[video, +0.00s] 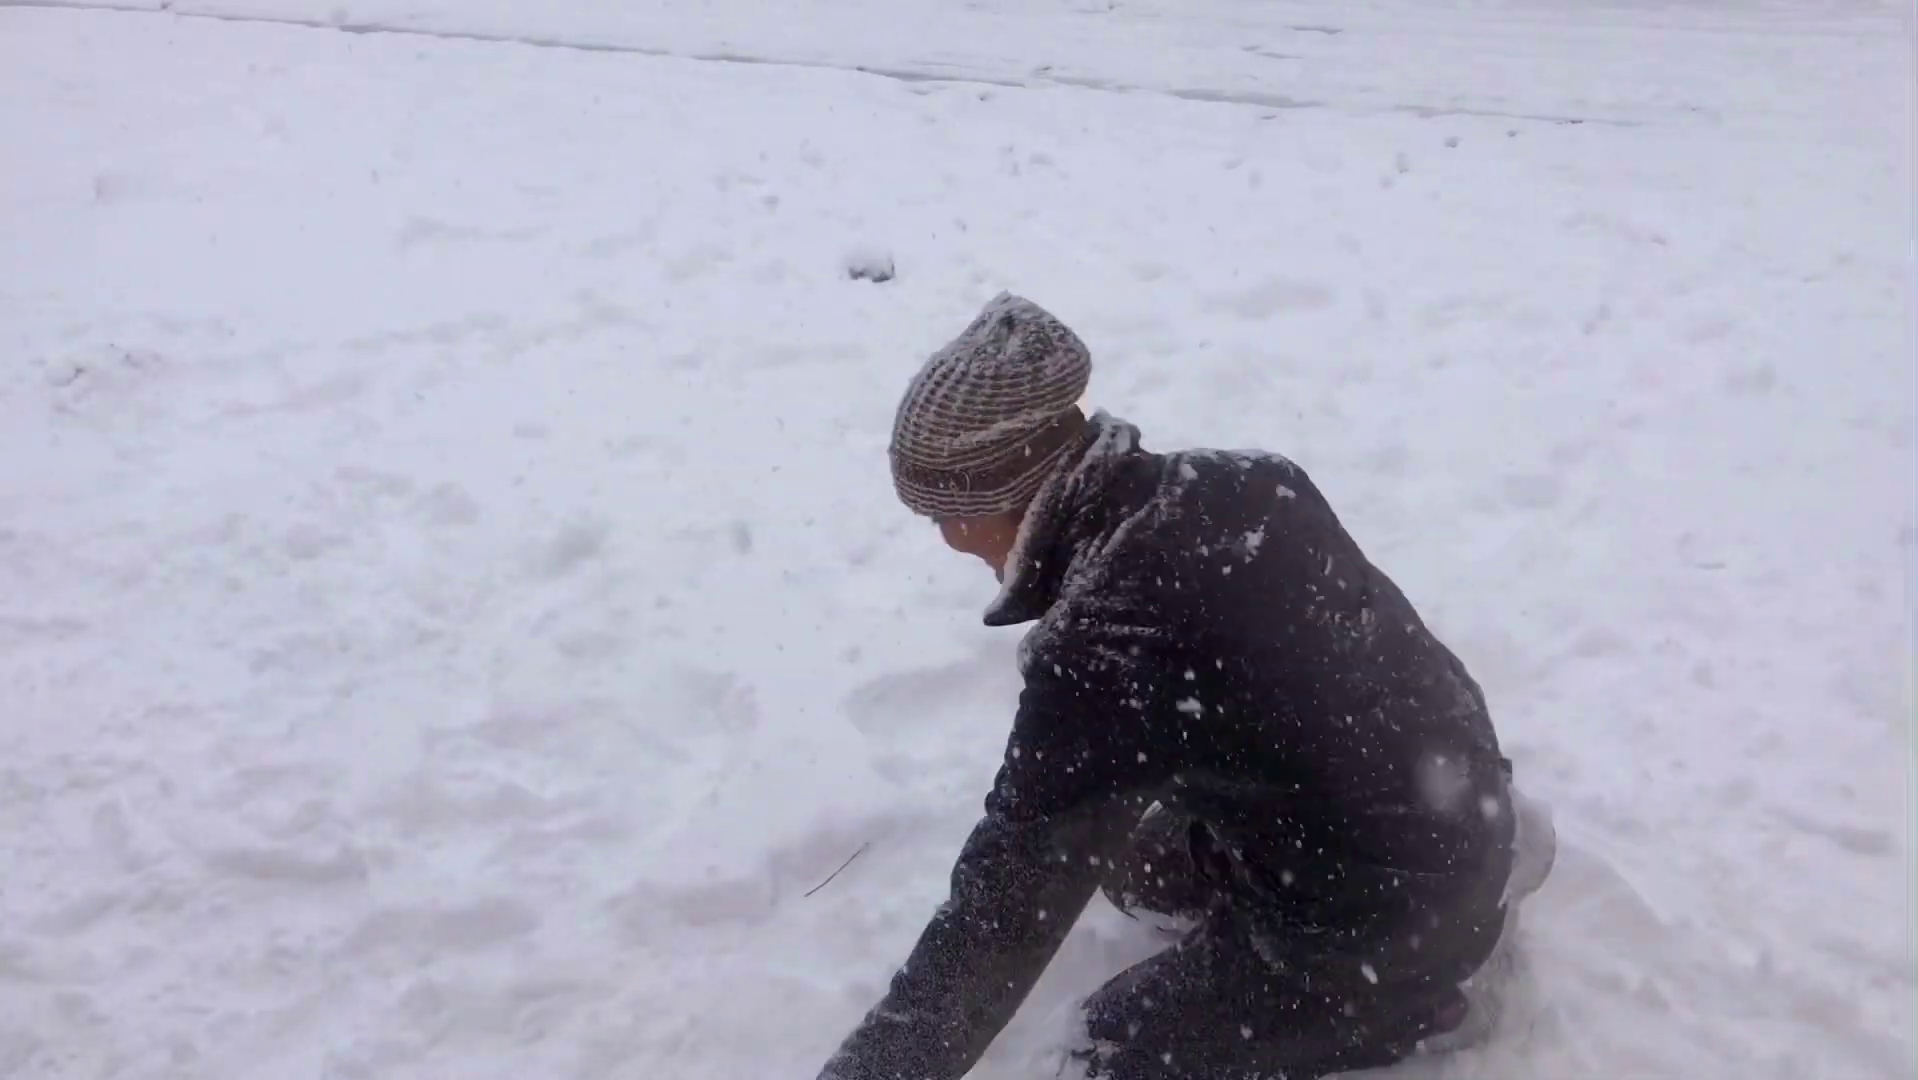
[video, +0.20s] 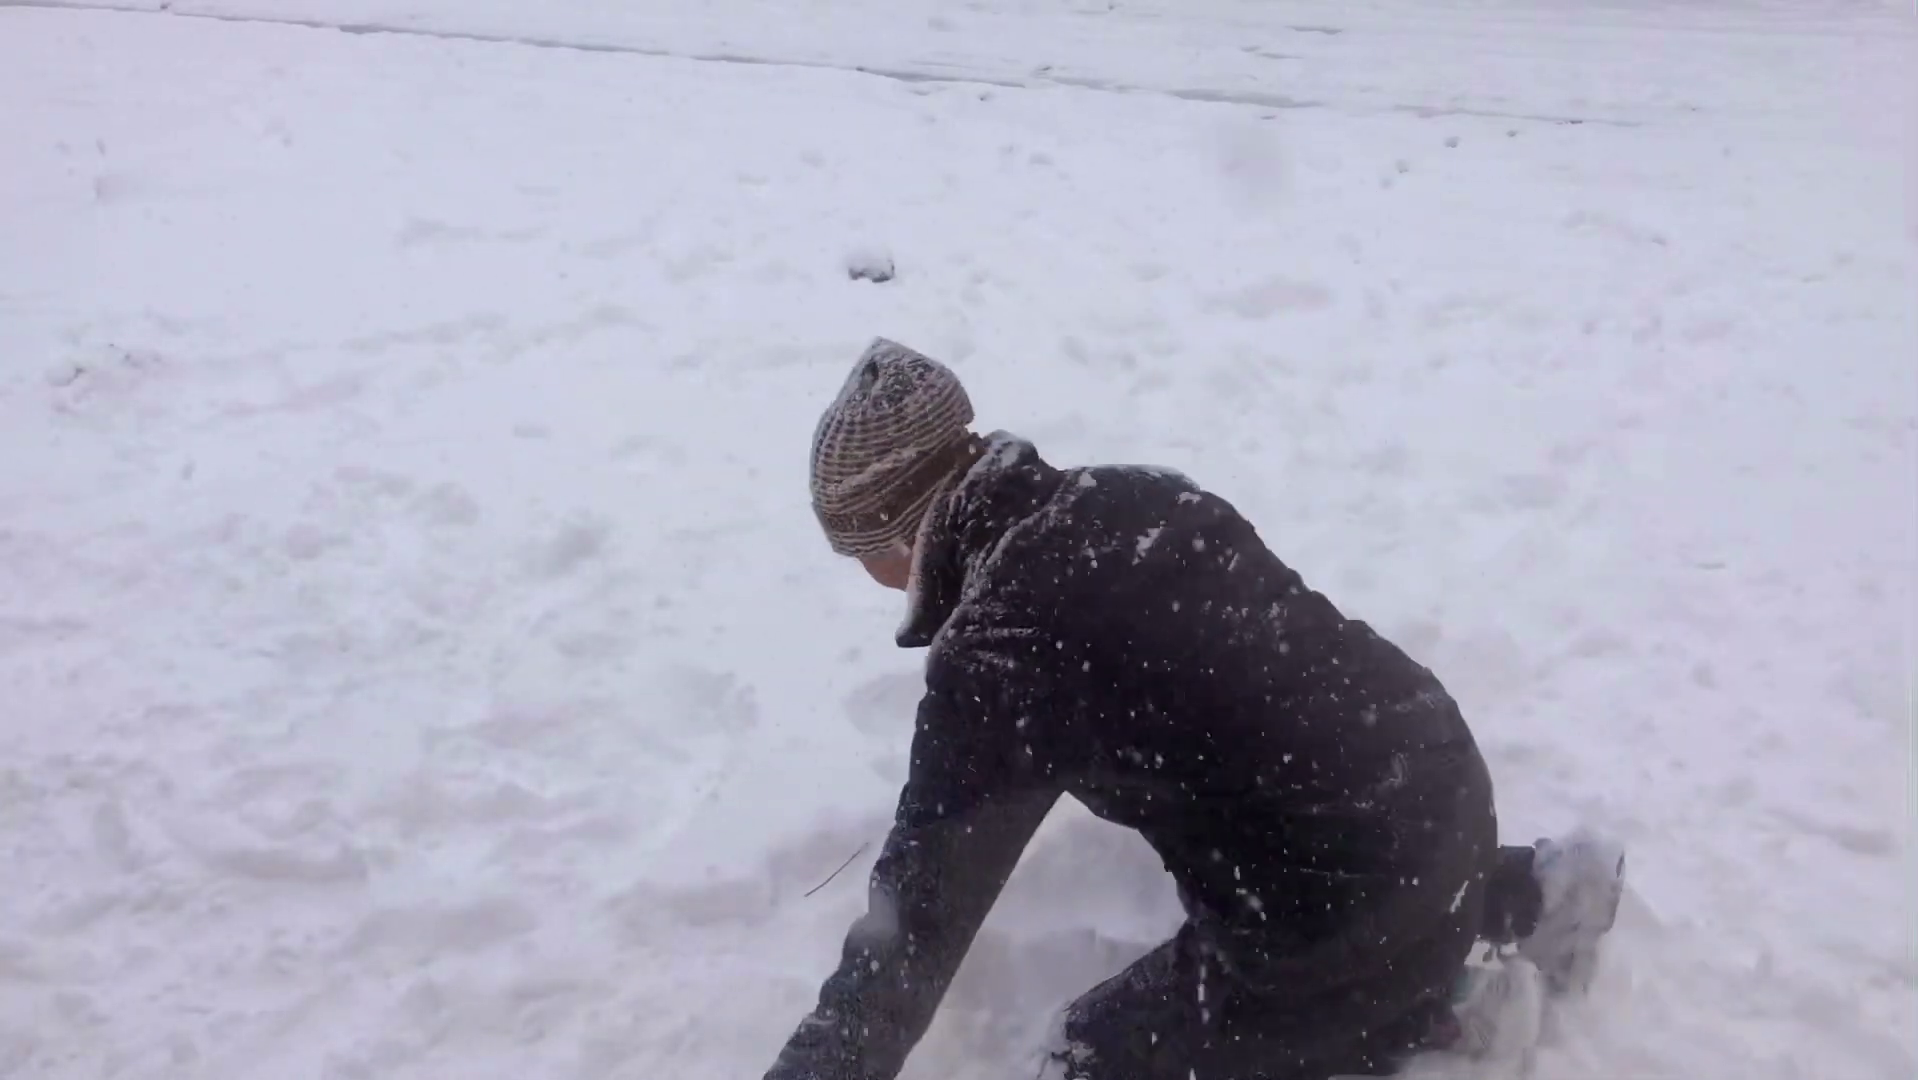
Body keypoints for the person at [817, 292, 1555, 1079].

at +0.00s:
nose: (951, 546)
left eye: (948, 519)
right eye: (939, 522)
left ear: (1001, 502)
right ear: (1071, 444)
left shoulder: (1095, 649)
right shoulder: (1247, 479)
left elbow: (989, 935)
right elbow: (1378, 649)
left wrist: (862, 1070)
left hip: (1381, 924)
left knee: (1112, 1044)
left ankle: (1396, 1009)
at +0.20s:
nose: (877, 578)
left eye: (863, 550)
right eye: (860, 555)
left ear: (898, 528)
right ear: (974, 457)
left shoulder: (993, 655)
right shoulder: (1141, 494)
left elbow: (910, 934)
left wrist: (811, 1069)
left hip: (1360, 918)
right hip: (1444, 793)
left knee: (1102, 1049)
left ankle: (1430, 1010)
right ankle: (1522, 892)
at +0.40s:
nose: (872, 608)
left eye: (862, 583)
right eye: (854, 588)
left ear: (899, 559)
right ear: (956, 498)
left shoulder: (1007, 679)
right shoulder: (1106, 524)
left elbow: (999, 980)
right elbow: (1154, 753)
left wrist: (905, 1074)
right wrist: (1034, 855)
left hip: (1367, 936)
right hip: (1447, 798)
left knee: (1095, 1045)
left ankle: (1428, 1017)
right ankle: (1504, 918)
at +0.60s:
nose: (892, 592)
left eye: (899, 566)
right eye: (884, 566)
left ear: (966, 554)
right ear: (999, 527)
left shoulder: (1076, 671)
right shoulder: (1103, 562)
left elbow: (1099, 947)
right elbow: (1107, 823)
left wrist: (951, 1046)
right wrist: (985, 924)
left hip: (1405, 914)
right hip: (1456, 792)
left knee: (1125, 1042)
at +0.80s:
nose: (921, 519)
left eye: (926, 493)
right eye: (919, 494)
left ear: (993, 492)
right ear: (1040, 473)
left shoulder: (1075, 625)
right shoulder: (1153, 531)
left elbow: (1093, 880)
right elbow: (1144, 804)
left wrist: (927, 946)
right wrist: (1008, 895)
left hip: (1389, 910)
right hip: (1473, 801)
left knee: (1104, 1051)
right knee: (1217, 888)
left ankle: (1445, 1028)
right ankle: (1510, 923)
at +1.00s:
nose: (960, 428)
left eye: (966, 405)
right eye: (958, 403)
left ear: (1023, 410)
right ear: (1089, 389)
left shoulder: (1073, 550)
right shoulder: (1192, 464)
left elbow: (1061, 781)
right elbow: (1164, 718)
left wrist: (920, 777)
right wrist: (986, 789)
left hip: (1355, 872)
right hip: (1470, 784)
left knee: (1096, 1052)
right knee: (1221, 869)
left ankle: (1432, 1009)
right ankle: (1501, 922)